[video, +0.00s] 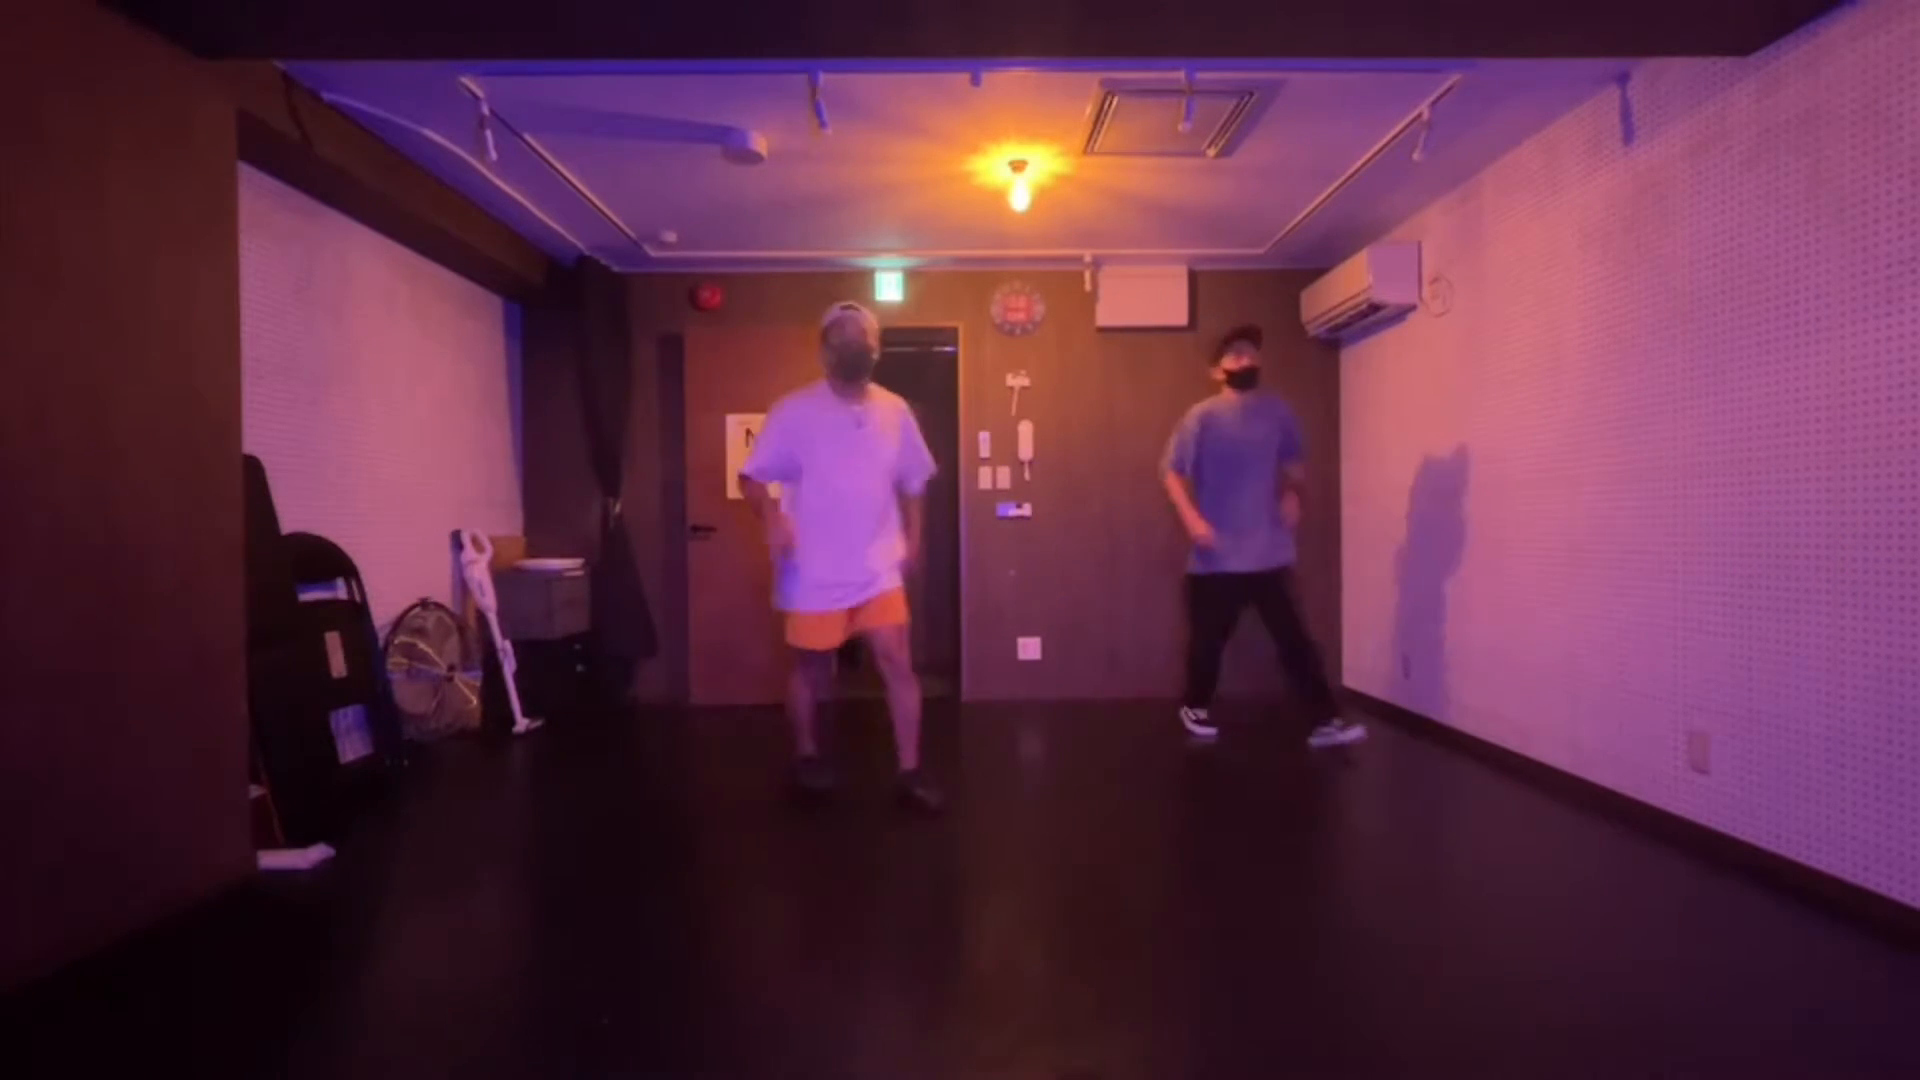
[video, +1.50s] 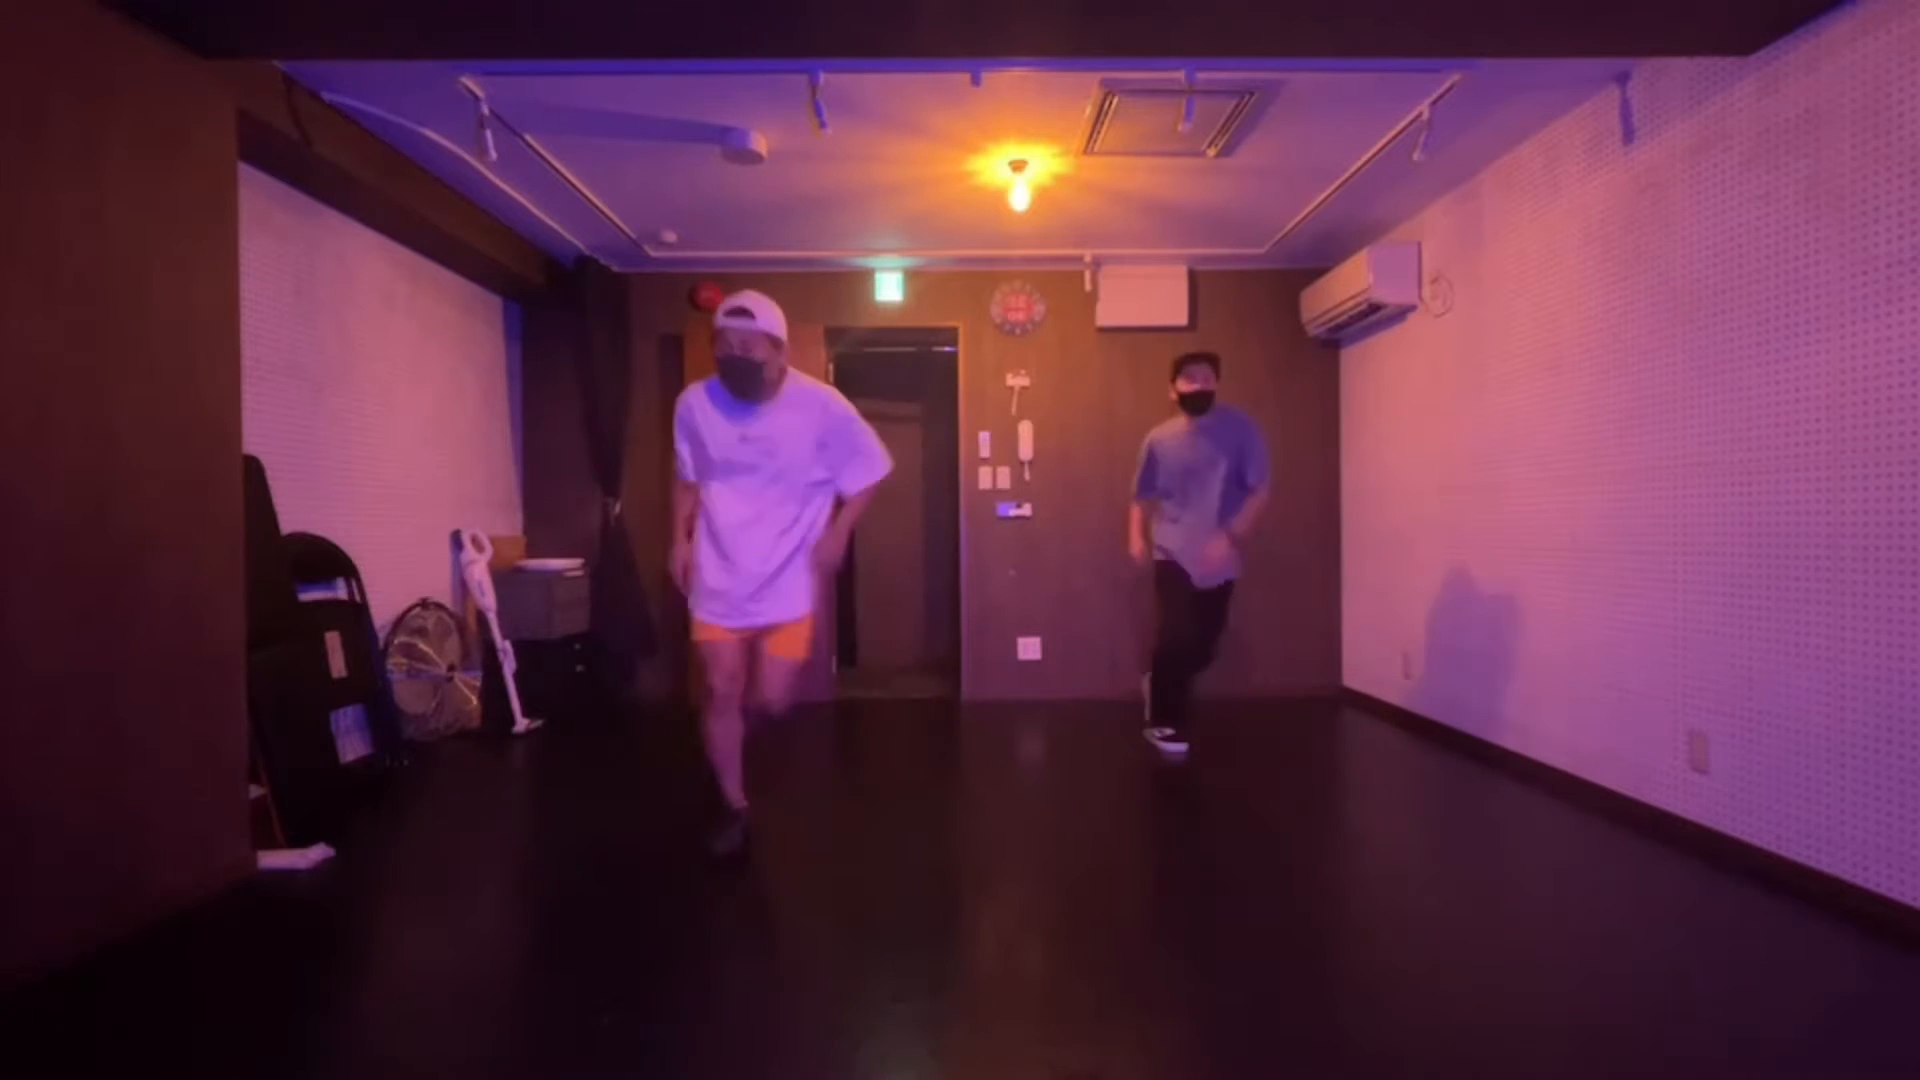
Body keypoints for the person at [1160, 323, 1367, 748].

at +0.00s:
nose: (1242, 361)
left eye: (1249, 353)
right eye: (1234, 353)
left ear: (1261, 362)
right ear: (1218, 365)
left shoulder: (1276, 411)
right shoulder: (1202, 416)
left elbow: (1293, 464)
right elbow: (1172, 472)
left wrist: (1291, 500)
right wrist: (1193, 520)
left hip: (1268, 552)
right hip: (1217, 554)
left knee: (1295, 642)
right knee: (1207, 643)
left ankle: (1325, 719)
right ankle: (1195, 710)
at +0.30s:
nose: (1300, 385)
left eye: (1307, 377)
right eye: (1290, 377)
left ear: (1318, 385)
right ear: (1273, 387)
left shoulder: (1326, 439)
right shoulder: (1251, 440)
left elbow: (1335, 503)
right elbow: (1230, 508)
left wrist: (1336, 549)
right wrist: (1264, 558)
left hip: (1313, 566)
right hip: (1262, 565)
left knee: (1339, 656)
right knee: (1284, 634)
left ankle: (1331, 729)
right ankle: (1278, 684)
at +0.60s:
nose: (1268, 353)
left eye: (1275, 346)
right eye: (1259, 345)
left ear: (1284, 352)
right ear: (1241, 351)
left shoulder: (1300, 390)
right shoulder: (1224, 394)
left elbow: (1325, 463)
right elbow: (1239, 417)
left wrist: (1324, 417)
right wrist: (1307, 396)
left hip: (1303, 528)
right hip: (1249, 533)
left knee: (1316, 632)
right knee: (1224, 629)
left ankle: (1326, 725)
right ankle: (1210, 718)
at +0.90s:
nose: (1242, 376)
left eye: (1249, 368)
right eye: (1233, 368)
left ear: (1258, 372)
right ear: (1216, 372)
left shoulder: (1267, 417)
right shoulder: (1194, 413)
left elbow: (1274, 481)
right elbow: (1185, 466)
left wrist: (1274, 538)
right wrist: (1263, 453)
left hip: (1249, 551)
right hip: (1194, 551)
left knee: (1283, 639)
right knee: (1182, 642)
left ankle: (1299, 717)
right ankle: (1163, 723)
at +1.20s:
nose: (1200, 394)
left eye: (1206, 386)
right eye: (1191, 386)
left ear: (1216, 391)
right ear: (1173, 394)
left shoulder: (1237, 439)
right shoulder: (1150, 448)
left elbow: (1255, 491)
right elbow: (1122, 497)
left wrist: (1226, 510)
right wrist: (1141, 543)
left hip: (1221, 570)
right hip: (1171, 568)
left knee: (1228, 655)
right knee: (1179, 650)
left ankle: (1174, 697)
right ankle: (1170, 723)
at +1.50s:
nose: (1197, 387)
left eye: (1205, 379)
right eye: (1188, 379)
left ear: (1217, 385)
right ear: (1174, 387)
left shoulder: (1237, 429)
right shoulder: (1159, 438)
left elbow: (1259, 487)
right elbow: (1141, 494)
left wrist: (1234, 532)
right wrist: (1137, 537)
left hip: (1217, 551)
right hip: (1171, 549)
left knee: (1204, 646)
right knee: (1176, 637)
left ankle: (1158, 681)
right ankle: (1167, 724)